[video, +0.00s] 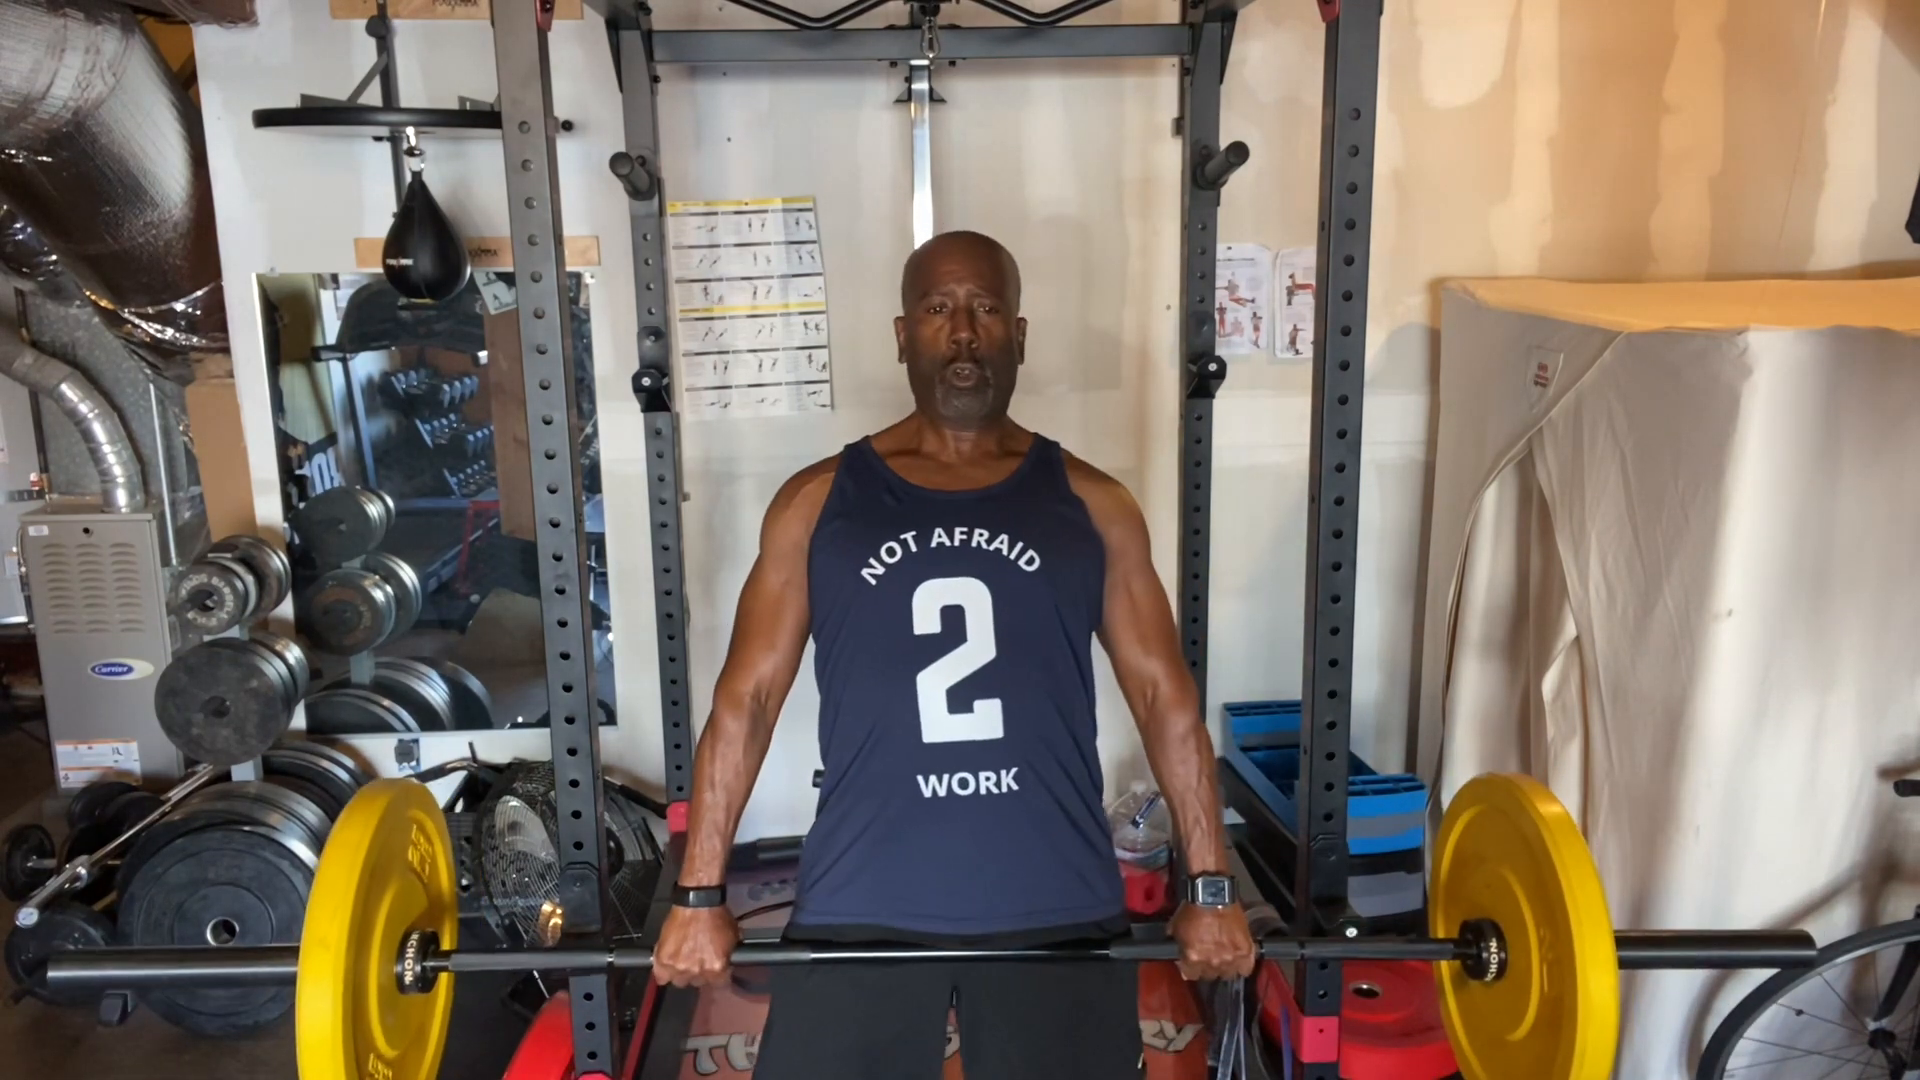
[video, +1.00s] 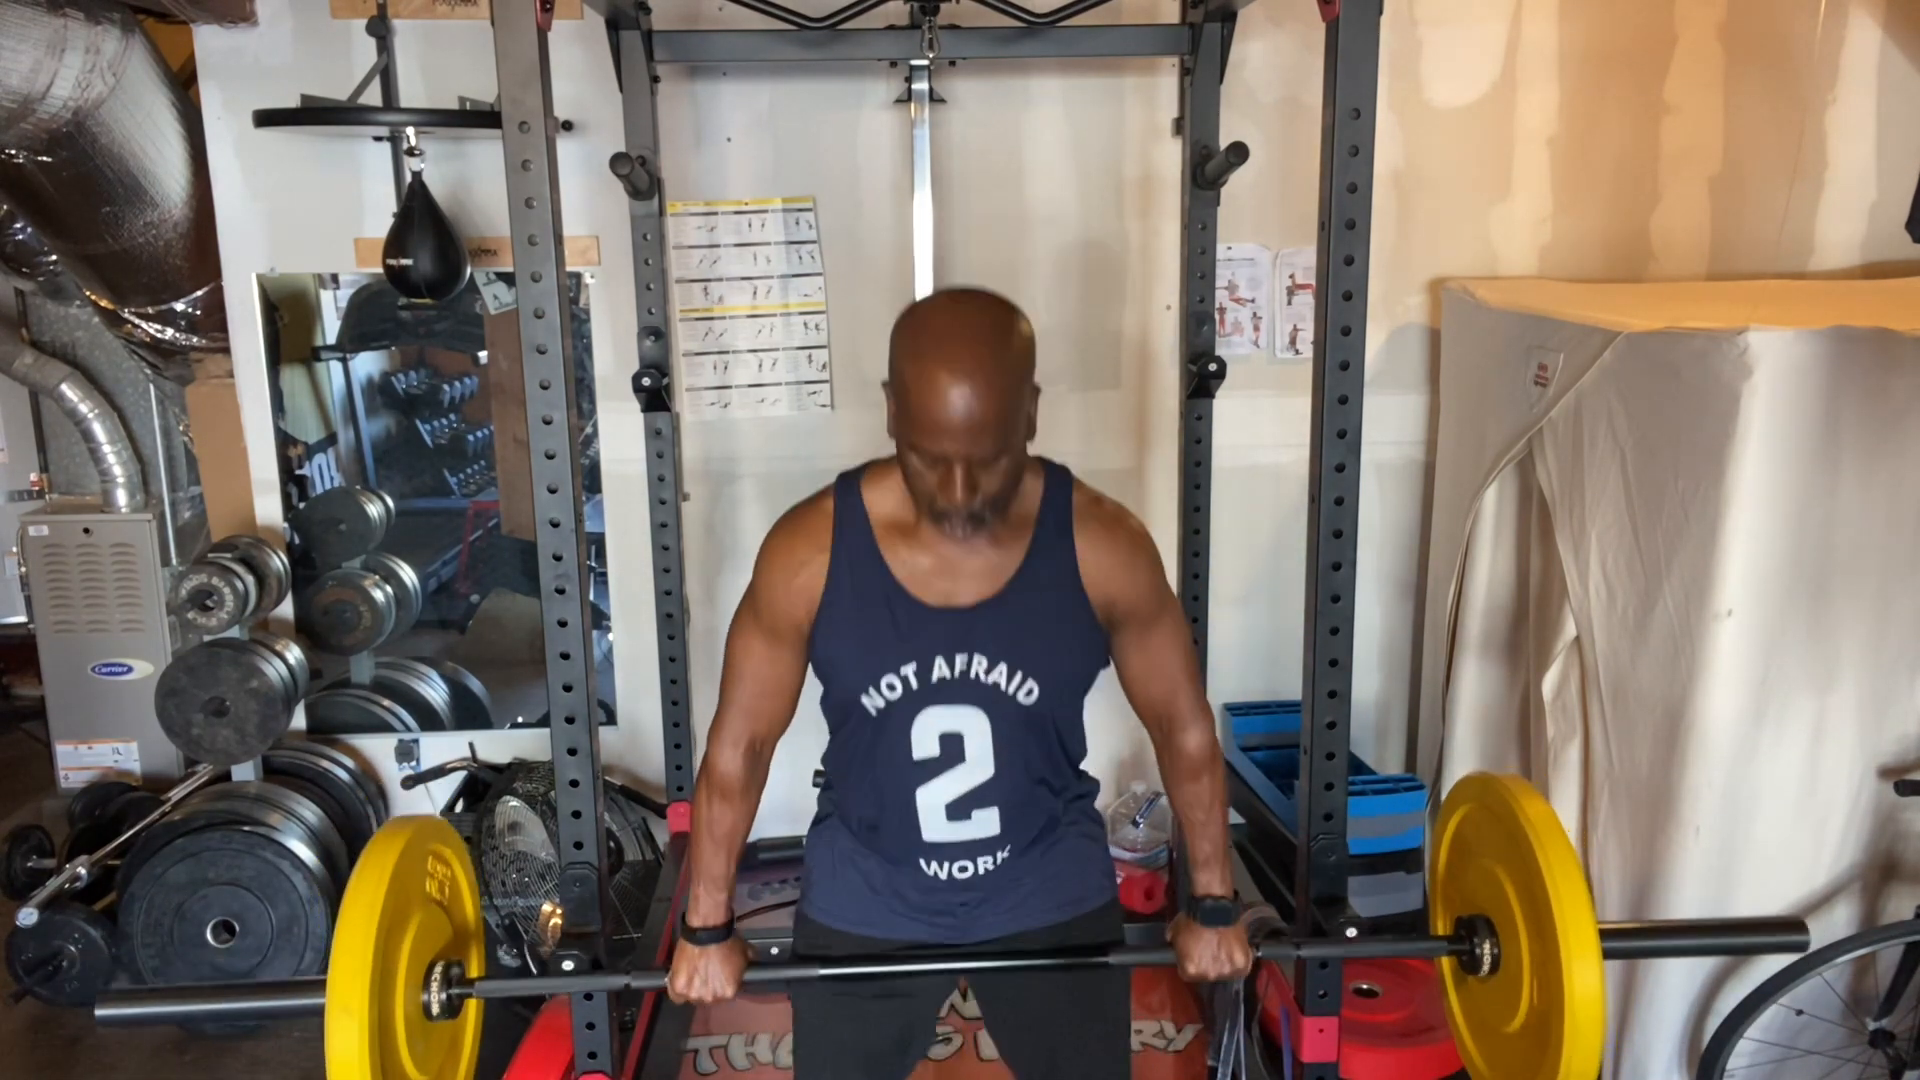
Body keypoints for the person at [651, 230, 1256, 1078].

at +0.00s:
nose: (963, 327)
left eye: (985, 308)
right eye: (938, 309)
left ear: (1020, 337)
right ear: (904, 340)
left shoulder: (1095, 505)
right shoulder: (816, 502)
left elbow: (1164, 696)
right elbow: (748, 698)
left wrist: (1211, 884)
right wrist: (698, 891)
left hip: (1056, 927)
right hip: (861, 929)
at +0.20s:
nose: (969, 329)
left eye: (991, 308)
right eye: (944, 309)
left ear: (1024, 334)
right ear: (908, 338)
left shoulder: (1097, 505)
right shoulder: (820, 502)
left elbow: (1166, 694)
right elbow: (752, 699)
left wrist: (1213, 884)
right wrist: (702, 891)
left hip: (1059, 926)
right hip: (864, 927)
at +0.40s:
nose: (963, 336)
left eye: (985, 313)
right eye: (938, 313)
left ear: (1020, 335)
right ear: (905, 335)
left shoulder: (1095, 504)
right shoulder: (818, 503)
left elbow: (1167, 692)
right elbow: (751, 701)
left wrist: (1214, 881)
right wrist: (704, 892)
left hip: (1058, 931)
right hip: (861, 933)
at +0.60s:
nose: (953, 349)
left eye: (979, 322)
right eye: (928, 323)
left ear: (1017, 334)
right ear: (896, 336)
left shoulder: (1093, 502)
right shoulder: (814, 506)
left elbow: (1167, 690)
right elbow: (746, 705)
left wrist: (1212, 878)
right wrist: (703, 893)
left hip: (1059, 927)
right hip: (860, 929)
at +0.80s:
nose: (952, 396)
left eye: (978, 363)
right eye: (925, 362)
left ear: (1021, 345)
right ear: (891, 346)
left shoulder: (1095, 507)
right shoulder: (811, 511)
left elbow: (1173, 700)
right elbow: (741, 714)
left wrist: (1212, 878)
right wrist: (704, 897)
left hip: (1055, 908)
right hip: (866, 912)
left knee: (1078, 1063)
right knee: (831, 1066)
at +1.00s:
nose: (959, 492)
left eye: (987, 461)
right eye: (930, 460)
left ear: (1032, 411)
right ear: (891, 411)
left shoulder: (1103, 546)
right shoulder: (810, 549)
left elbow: (1186, 727)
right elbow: (739, 746)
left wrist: (1212, 901)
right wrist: (706, 920)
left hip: (1048, 896)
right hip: (866, 899)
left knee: (1084, 1063)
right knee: (841, 1064)